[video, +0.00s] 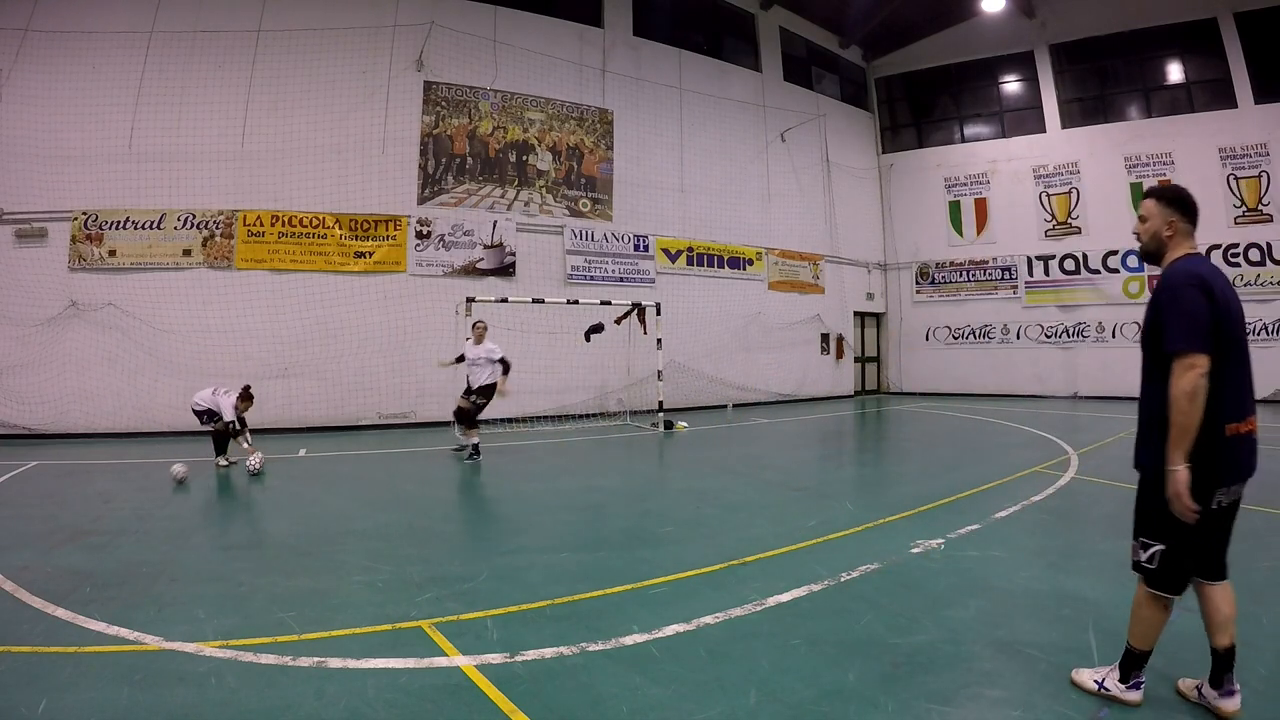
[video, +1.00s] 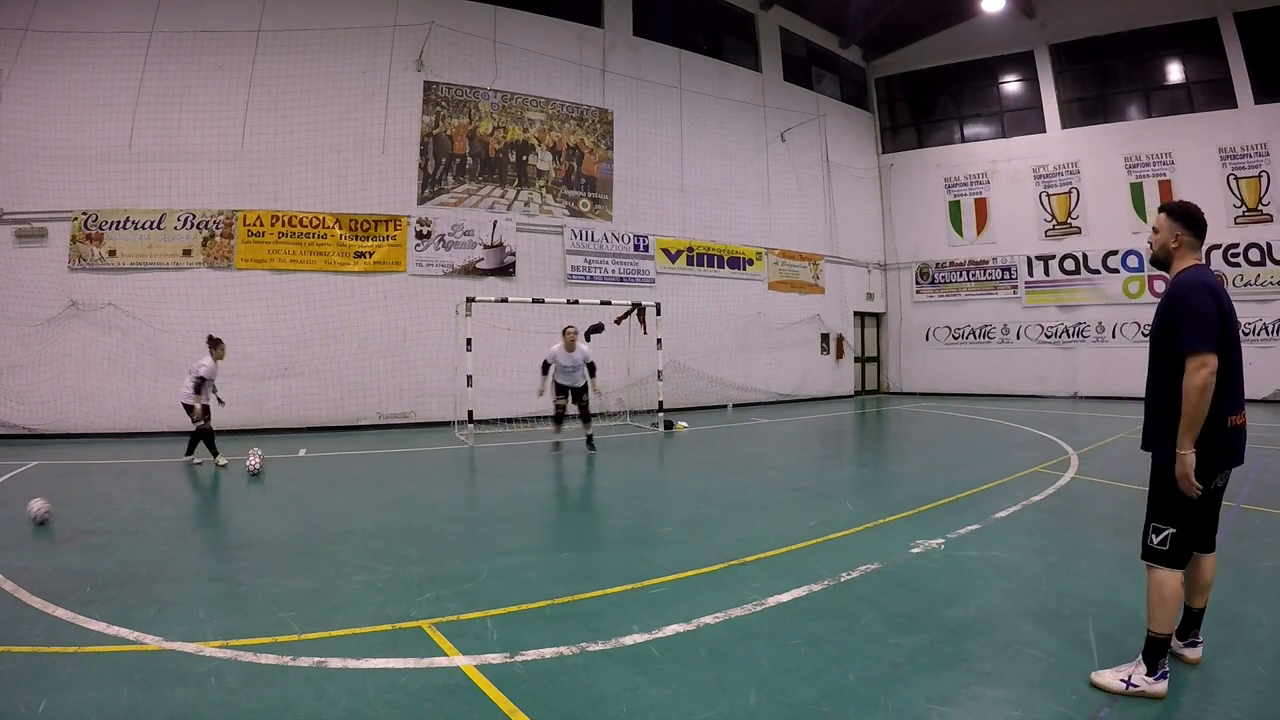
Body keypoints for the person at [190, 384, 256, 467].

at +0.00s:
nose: (247, 410)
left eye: (248, 408)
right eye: (246, 407)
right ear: (239, 402)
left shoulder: (237, 400)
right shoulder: (228, 404)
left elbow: (240, 418)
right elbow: (231, 430)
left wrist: (247, 435)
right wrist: (247, 447)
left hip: (211, 403)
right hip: (199, 404)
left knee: (226, 427)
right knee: (220, 427)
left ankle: (223, 455)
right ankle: (219, 457)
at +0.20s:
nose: (248, 403)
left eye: (249, 400)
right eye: (248, 400)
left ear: (241, 394)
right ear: (240, 395)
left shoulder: (236, 393)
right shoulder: (229, 401)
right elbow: (233, 426)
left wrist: (246, 442)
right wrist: (247, 444)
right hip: (198, 400)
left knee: (224, 425)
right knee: (217, 426)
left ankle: (223, 455)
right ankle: (219, 457)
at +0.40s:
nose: (249, 399)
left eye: (250, 396)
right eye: (248, 396)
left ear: (240, 390)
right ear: (240, 391)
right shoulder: (229, 397)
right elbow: (234, 422)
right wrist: (247, 442)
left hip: (206, 397)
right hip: (196, 399)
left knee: (222, 424)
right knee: (216, 425)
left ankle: (223, 455)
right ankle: (219, 457)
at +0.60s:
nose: (246, 390)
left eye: (247, 387)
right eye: (246, 386)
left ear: (237, 382)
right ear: (238, 382)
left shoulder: (230, 383)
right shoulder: (228, 388)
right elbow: (232, 415)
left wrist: (239, 429)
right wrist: (241, 432)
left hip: (204, 398)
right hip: (195, 398)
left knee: (218, 422)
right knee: (213, 424)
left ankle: (221, 455)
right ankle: (218, 457)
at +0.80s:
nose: (239, 369)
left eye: (240, 366)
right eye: (238, 365)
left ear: (229, 364)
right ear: (231, 364)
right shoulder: (222, 376)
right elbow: (219, 400)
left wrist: (221, 415)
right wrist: (224, 419)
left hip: (203, 397)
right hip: (194, 397)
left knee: (214, 423)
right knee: (212, 424)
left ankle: (208, 453)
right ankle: (217, 456)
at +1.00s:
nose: (223, 353)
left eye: (224, 350)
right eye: (221, 350)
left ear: (217, 351)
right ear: (213, 351)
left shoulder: (213, 364)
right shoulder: (208, 365)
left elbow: (210, 382)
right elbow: (197, 385)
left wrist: (217, 396)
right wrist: (197, 405)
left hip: (201, 399)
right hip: (192, 400)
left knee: (202, 428)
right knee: (205, 428)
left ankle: (188, 455)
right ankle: (216, 456)